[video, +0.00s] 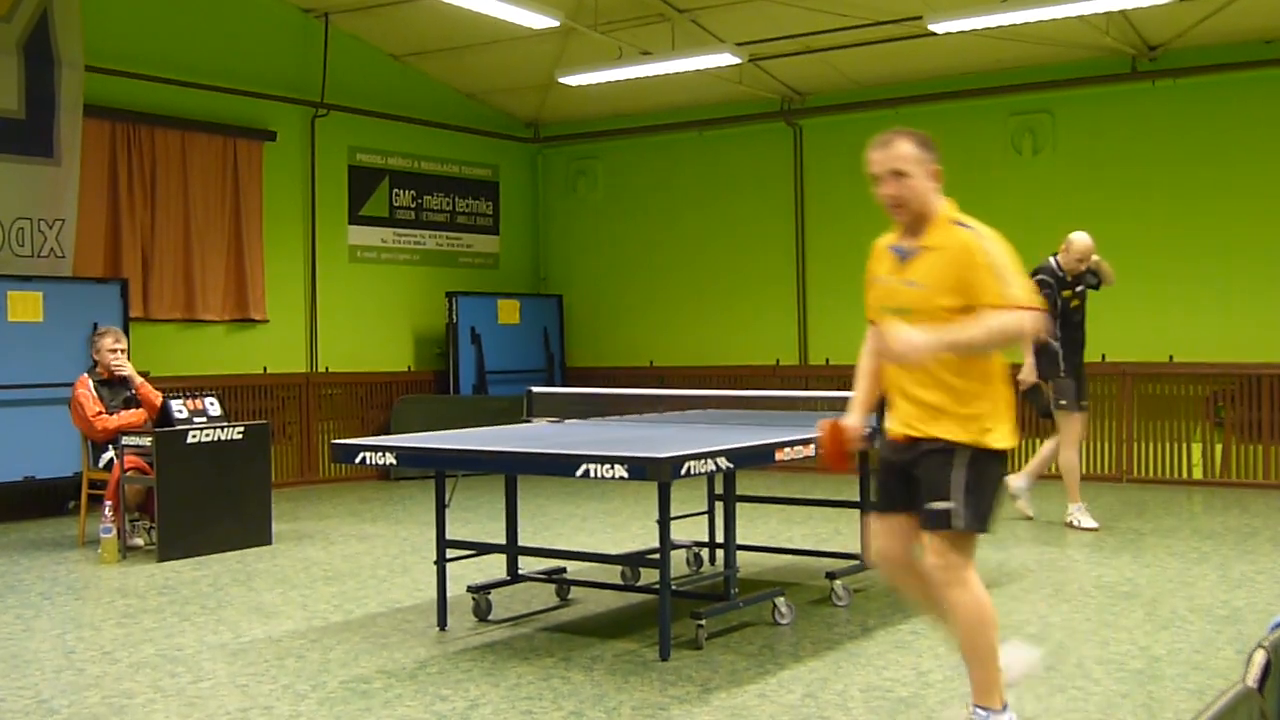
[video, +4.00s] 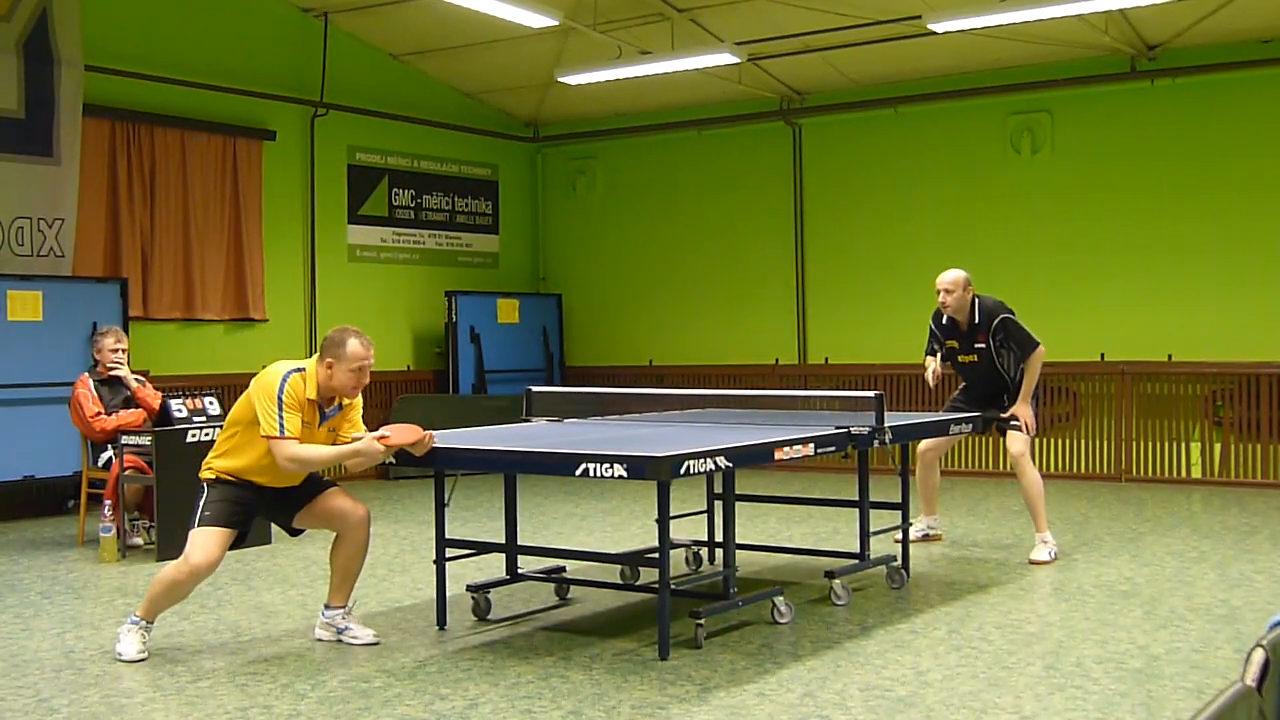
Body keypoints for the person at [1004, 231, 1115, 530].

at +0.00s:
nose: (1082, 267)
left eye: (1085, 262)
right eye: (1078, 261)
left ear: (1087, 260)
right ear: (1063, 252)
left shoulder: (1082, 274)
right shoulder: (1045, 277)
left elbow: (1107, 281)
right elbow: (1027, 321)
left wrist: (1097, 262)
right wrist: (1028, 362)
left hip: (1075, 363)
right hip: (1055, 363)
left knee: (1072, 431)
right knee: (1070, 431)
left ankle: (1022, 479)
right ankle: (1075, 506)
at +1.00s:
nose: (1109, 262)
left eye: (1115, 257)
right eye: (1104, 257)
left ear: (1130, 248)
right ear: (1099, 252)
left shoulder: (1153, 268)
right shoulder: (1091, 270)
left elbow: (1170, 312)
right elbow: (1075, 307)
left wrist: (1144, 351)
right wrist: (1078, 348)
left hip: (1139, 364)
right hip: (1099, 363)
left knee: (1143, 442)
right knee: (1089, 435)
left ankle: (1146, 517)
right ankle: (1095, 516)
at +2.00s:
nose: (1020, 248)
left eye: (1027, 242)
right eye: (1017, 242)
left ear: (1047, 245)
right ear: (1016, 245)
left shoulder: (1070, 272)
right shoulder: (1016, 276)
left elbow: (1099, 319)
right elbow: (1012, 318)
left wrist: (1082, 370)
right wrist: (1010, 351)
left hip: (1063, 372)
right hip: (1031, 372)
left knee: (1057, 455)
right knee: (1038, 456)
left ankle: (1050, 540)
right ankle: (1082, 521)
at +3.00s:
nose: (954, 281)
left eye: (961, 275)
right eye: (951, 275)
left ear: (981, 276)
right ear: (949, 277)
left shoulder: (1006, 299)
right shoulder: (951, 302)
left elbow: (1045, 342)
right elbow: (945, 334)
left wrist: (1031, 391)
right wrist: (947, 348)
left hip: (1019, 380)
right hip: (979, 378)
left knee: (1026, 452)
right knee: (938, 438)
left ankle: (1045, 539)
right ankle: (937, 518)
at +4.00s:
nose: (942, 298)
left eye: (949, 292)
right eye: (939, 292)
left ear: (968, 293)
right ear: (937, 294)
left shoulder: (994, 314)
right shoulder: (940, 319)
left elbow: (1036, 352)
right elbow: (932, 354)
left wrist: (1024, 401)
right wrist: (932, 366)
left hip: (1013, 393)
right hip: (973, 392)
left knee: (1018, 453)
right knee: (926, 450)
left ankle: (1044, 539)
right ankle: (929, 523)